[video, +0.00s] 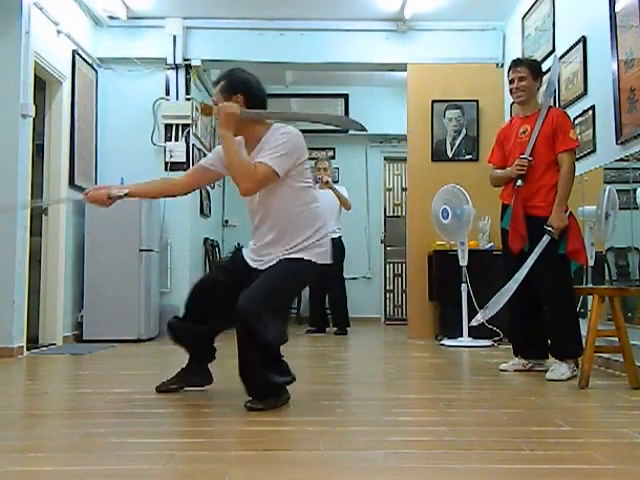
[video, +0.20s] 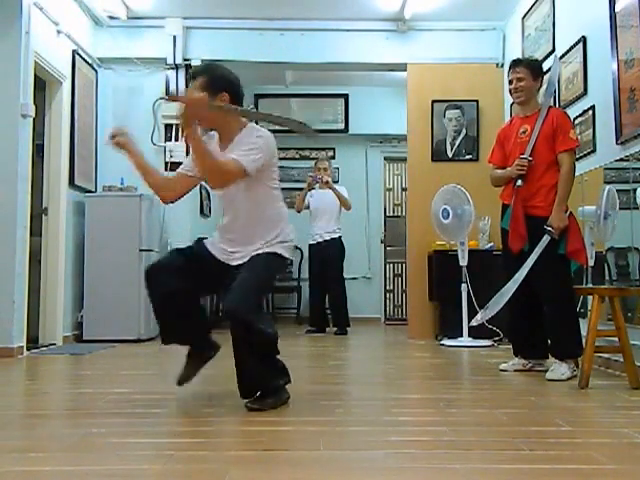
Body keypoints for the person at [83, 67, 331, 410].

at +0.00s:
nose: (214, 110)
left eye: (217, 102)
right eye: (213, 104)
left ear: (239, 101)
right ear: (239, 104)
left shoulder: (287, 138)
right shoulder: (235, 149)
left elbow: (248, 184)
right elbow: (181, 184)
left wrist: (226, 133)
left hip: (303, 251)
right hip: (260, 250)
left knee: (252, 305)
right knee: (206, 294)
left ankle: (272, 389)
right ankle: (196, 368)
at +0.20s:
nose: (188, 104)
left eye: (195, 97)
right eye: (189, 98)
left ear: (222, 99)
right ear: (215, 102)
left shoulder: (259, 140)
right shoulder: (208, 144)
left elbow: (218, 178)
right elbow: (169, 191)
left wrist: (191, 131)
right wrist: (133, 153)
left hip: (269, 245)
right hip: (226, 244)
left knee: (238, 304)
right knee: (162, 274)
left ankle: (272, 386)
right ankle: (200, 344)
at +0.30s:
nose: (178, 114)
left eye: (182, 106)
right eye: (176, 107)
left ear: (209, 103)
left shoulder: (237, 136)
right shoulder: (191, 140)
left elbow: (183, 162)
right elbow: (149, 177)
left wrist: (120, 148)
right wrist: (147, 129)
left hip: (247, 243)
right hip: (205, 244)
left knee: (231, 307)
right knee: (146, 281)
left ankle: (270, 387)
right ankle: (140, 361)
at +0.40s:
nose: (154, 127)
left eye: (155, 119)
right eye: (151, 121)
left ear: (179, 108)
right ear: (174, 109)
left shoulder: (212, 138)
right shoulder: (170, 138)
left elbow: (154, 167)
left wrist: (91, 171)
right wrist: (135, 75)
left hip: (228, 243)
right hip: (188, 246)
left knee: (222, 304)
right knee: (132, 296)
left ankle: (271, 385)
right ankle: (115, 371)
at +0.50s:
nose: (123, 134)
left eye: (124, 124)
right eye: (119, 126)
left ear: (146, 110)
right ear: (141, 112)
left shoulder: (181, 139)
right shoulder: (146, 136)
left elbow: (133, 180)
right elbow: (86, 97)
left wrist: (83, 189)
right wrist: (119, 67)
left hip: (200, 245)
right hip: (158, 246)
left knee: (211, 304)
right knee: (109, 294)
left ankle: (259, 380)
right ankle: (111, 372)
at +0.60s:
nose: (94, 122)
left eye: (97, 112)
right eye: (93, 115)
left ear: (122, 103)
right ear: (117, 106)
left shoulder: (158, 133)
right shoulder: (117, 136)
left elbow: (116, 183)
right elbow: (56, 135)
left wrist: (83, 189)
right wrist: (79, 134)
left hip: (179, 240)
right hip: (139, 243)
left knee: (170, 302)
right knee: (98, 298)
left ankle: (207, 361)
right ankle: (109, 373)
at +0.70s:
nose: (78, 115)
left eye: (80, 105)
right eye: (76, 107)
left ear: (103, 100)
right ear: (100, 103)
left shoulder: (139, 132)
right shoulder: (101, 140)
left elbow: (97, 180)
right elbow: (73, 165)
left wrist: (77, 176)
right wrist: (32, 166)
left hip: (157, 241)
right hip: (122, 241)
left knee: (137, 307)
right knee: (87, 297)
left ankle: (135, 358)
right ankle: (107, 372)